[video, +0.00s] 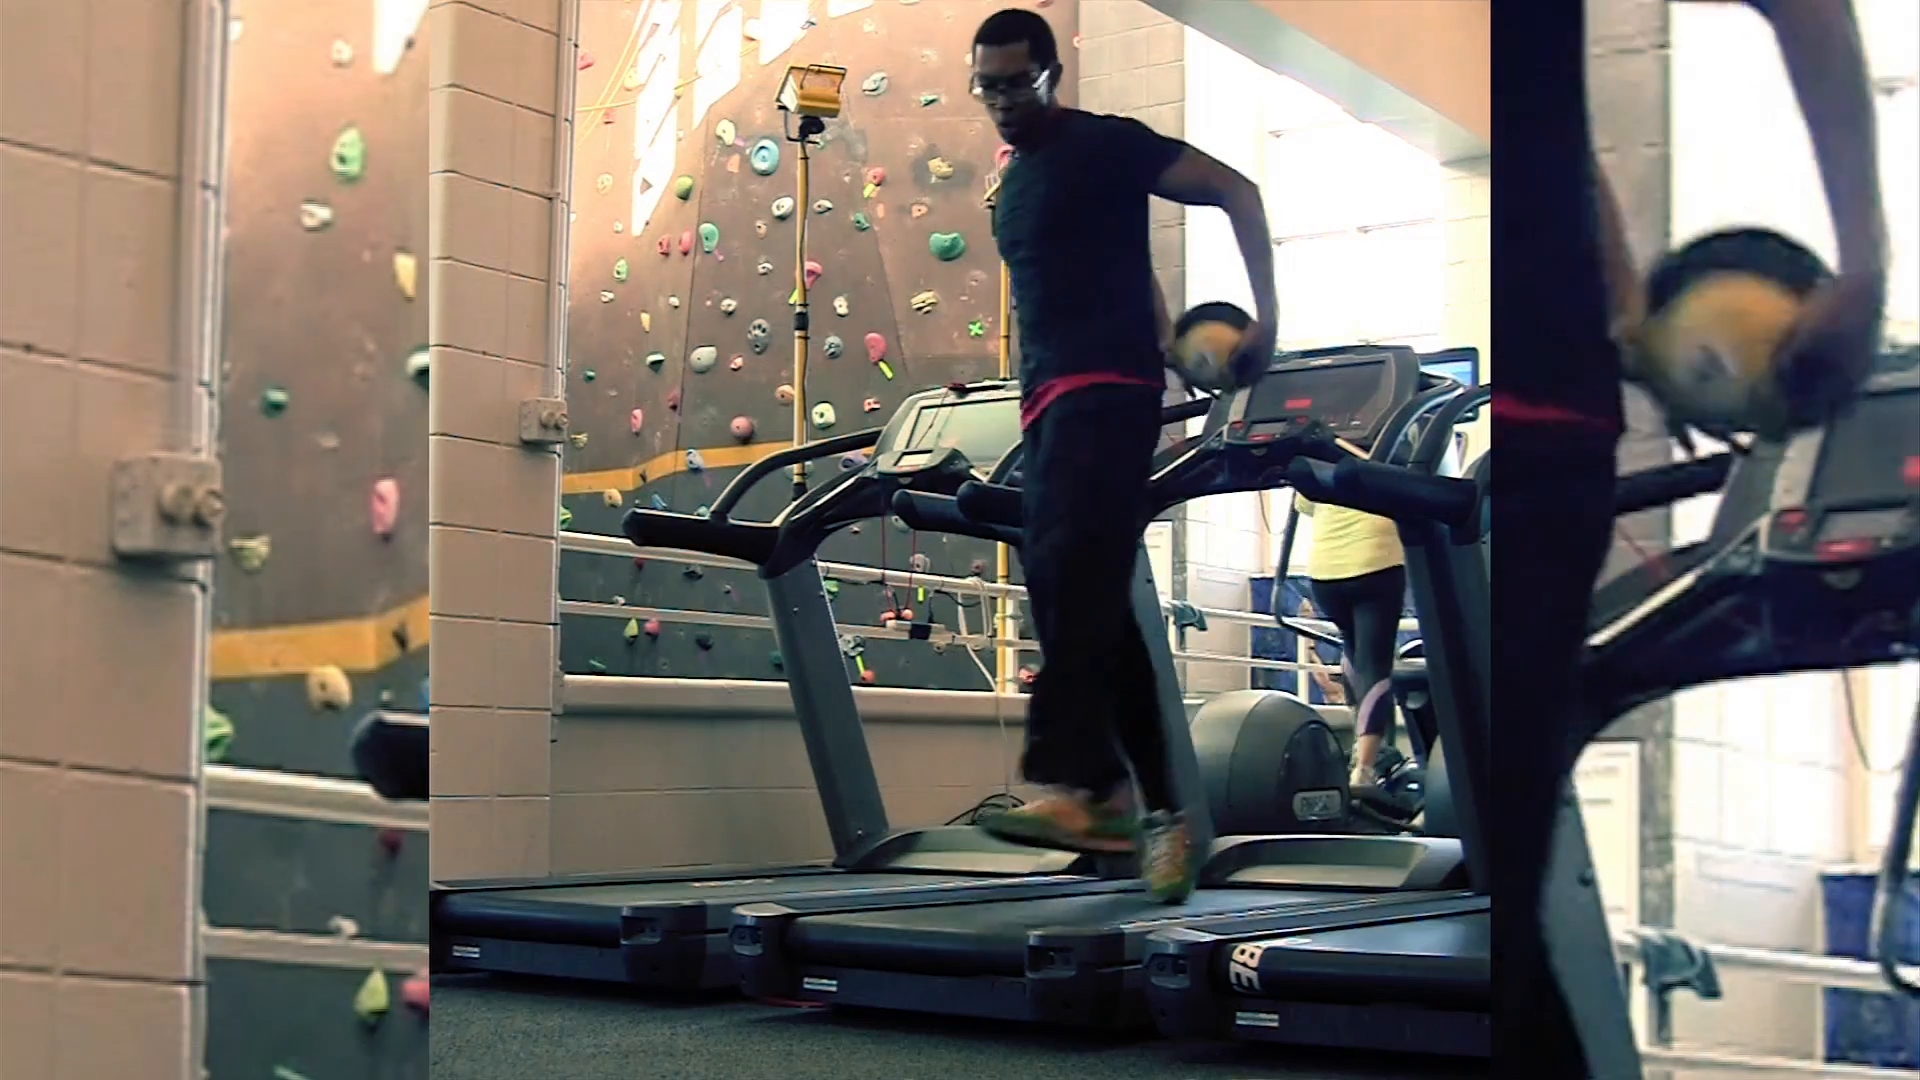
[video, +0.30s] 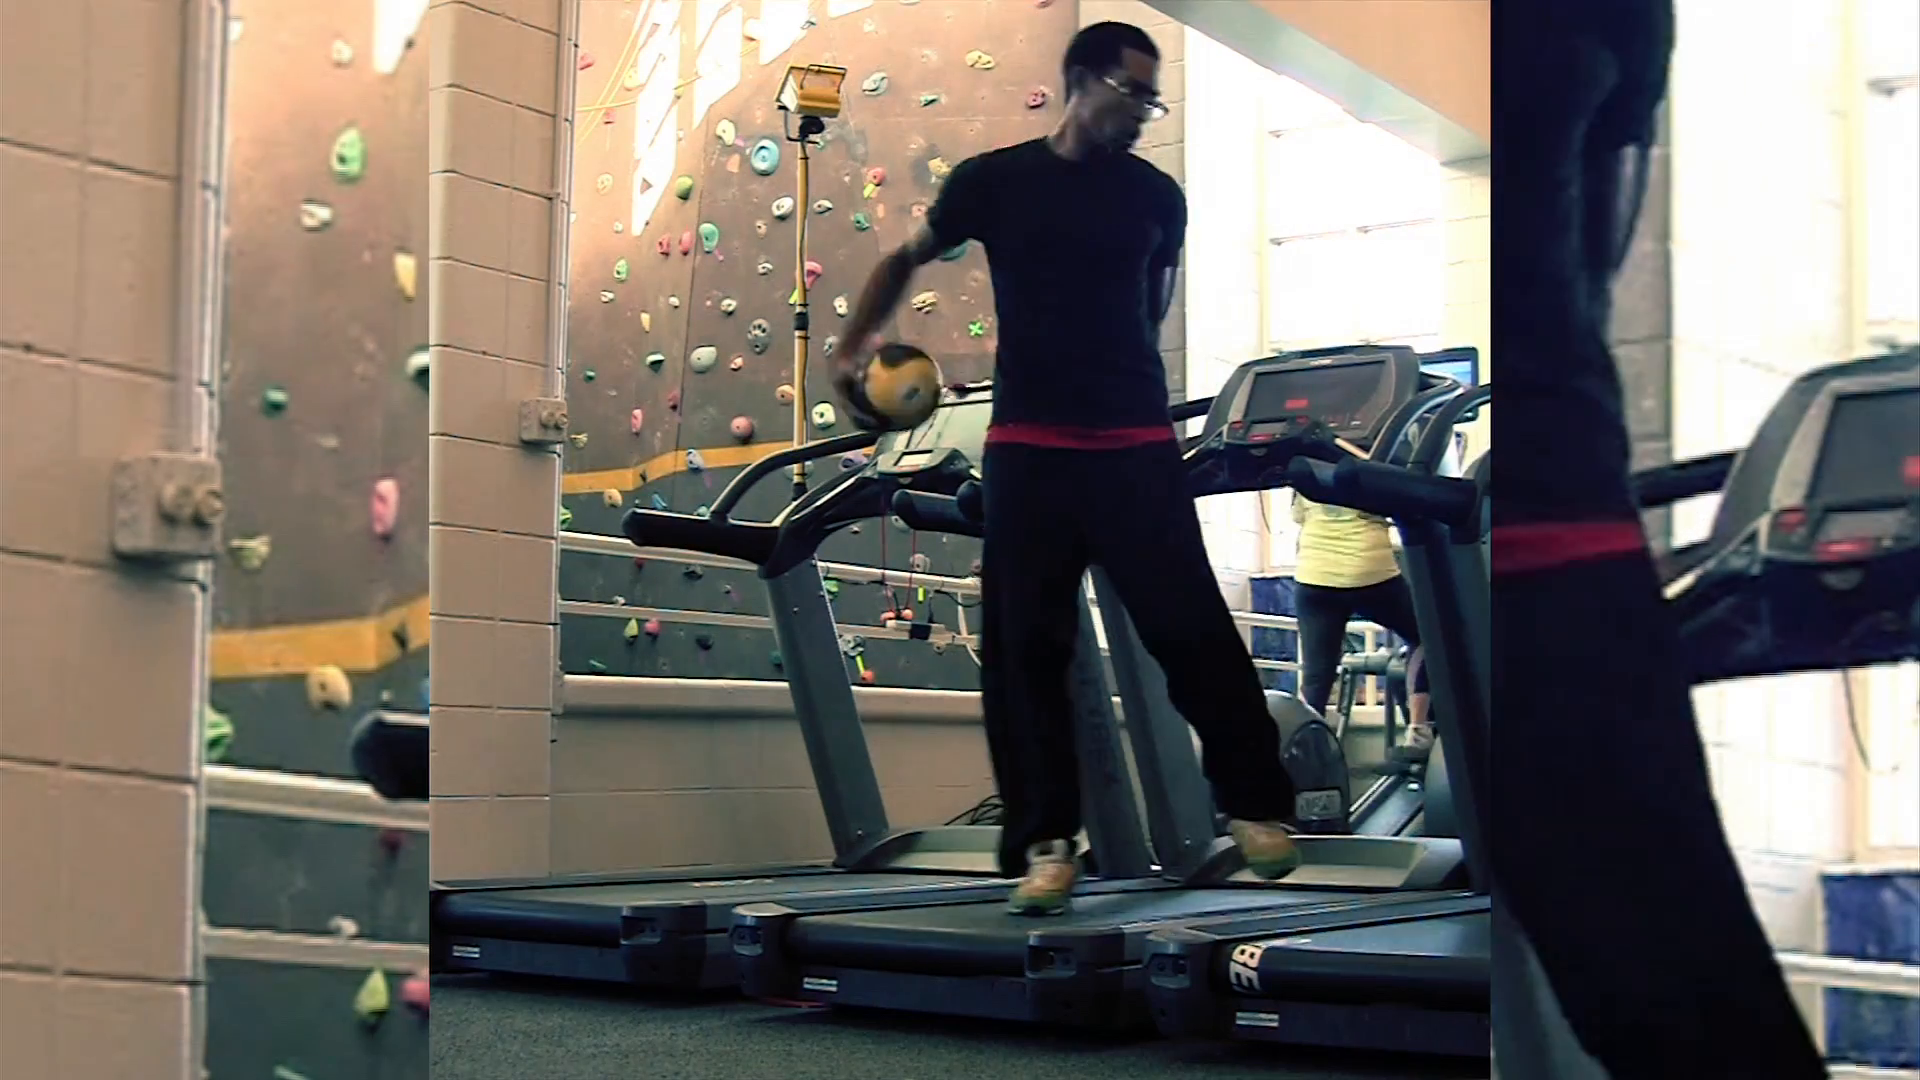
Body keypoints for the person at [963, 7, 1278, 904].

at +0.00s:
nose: (1005, 101)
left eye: (1019, 83)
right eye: (990, 88)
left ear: (1053, 73)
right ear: (976, 89)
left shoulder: (1102, 141)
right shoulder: (1012, 178)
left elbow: (1236, 192)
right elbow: (1113, 264)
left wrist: (1264, 316)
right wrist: (1168, 347)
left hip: (1107, 389)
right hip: (1051, 401)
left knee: (1070, 577)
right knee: (1089, 602)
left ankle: (1080, 792)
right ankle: (1171, 812)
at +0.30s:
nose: (1144, 114)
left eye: (1152, 100)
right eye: (1132, 94)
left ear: (1144, 101)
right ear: (1076, 84)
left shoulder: (1158, 198)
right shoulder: (991, 182)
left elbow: (1155, 327)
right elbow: (906, 260)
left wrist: (1157, 425)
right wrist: (851, 342)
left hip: (1138, 457)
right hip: (1031, 459)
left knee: (1194, 632)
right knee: (1023, 651)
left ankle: (1259, 812)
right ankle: (1047, 845)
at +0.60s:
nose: (1166, 180)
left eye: (1169, 169)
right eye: (1163, 164)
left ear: (1100, 143)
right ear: (1130, 142)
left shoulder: (1034, 221)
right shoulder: (1102, 181)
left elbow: (1050, 385)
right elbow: (1172, 259)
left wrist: (1131, 474)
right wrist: (1260, 286)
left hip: (1036, 453)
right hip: (1067, 449)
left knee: (1135, 653)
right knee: (1068, 638)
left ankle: (1068, 858)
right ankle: (909, 820)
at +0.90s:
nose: (1223, 180)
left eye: (1228, 167)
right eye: (1213, 161)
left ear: (1172, 158)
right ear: (1161, 148)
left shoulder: (1088, 219)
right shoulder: (1134, 199)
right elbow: (1092, 244)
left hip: (1027, 465)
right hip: (1095, 463)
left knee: (1032, 653)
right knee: (1204, 644)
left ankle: (939, 834)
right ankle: (1186, 850)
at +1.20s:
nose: (1161, 70)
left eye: (1177, 56)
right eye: (1148, 52)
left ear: (1196, 63)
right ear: (1122, 52)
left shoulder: (1183, 167)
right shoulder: (1064, 131)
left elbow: (1144, 278)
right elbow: (961, 211)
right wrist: (955, 346)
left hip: (1161, 398)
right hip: (1076, 401)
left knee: (1251, 536)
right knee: (1092, 613)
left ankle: (1096, 581)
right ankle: (1078, 847)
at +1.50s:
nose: (946, 50)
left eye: (958, 30)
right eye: (943, 35)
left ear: (1014, 21)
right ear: (991, 35)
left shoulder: (1100, 74)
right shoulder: (985, 137)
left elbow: (1254, 79)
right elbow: (1017, 246)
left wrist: (1334, 154)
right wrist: (1012, 343)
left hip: (1127, 346)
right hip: (1050, 342)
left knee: (1101, 548)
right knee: (917, 370)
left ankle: (1147, 789)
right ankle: (1018, 547)